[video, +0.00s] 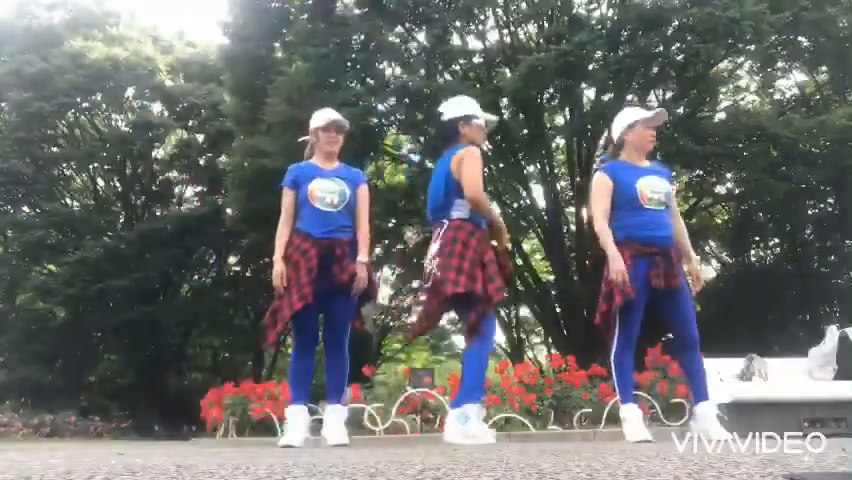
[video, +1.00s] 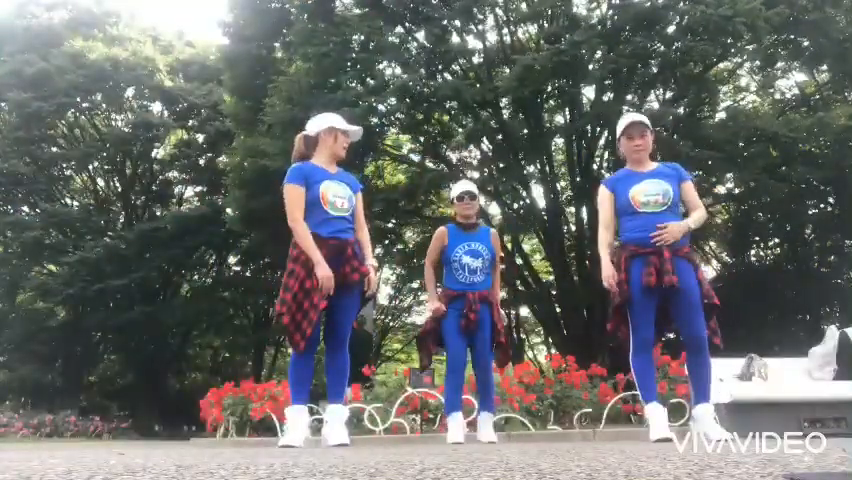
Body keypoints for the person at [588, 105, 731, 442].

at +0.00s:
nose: (654, 133)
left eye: (654, 128)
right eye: (648, 128)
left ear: (646, 135)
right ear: (627, 133)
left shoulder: (661, 172)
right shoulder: (607, 172)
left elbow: (675, 219)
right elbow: (600, 219)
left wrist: (691, 258)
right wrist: (613, 256)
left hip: (669, 257)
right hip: (632, 258)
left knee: (689, 336)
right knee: (626, 336)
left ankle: (703, 412)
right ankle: (629, 411)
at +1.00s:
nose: (637, 140)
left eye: (642, 134)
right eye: (630, 136)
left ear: (652, 139)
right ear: (620, 144)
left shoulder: (674, 171)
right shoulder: (611, 184)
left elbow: (700, 211)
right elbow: (605, 227)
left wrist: (683, 225)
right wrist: (606, 261)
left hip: (678, 257)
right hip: (637, 262)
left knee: (697, 335)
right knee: (643, 338)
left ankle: (702, 411)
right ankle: (653, 411)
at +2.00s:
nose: (652, 131)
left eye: (657, 125)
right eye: (645, 126)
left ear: (666, 130)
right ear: (632, 133)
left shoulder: (683, 157)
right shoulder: (620, 168)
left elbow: (713, 187)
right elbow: (595, 210)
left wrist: (711, 210)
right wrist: (615, 222)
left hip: (689, 240)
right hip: (648, 244)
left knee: (706, 331)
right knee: (651, 334)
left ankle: (719, 414)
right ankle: (656, 413)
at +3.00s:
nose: (641, 125)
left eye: (647, 119)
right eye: (634, 122)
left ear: (662, 125)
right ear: (628, 133)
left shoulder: (684, 155)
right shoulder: (621, 174)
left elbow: (723, 188)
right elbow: (616, 219)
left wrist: (697, 194)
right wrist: (616, 243)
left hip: (686, 245)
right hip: (643, 252)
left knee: (707, 333)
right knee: (643, 332)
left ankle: (719, 414)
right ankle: (651, 417)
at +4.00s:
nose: (610, 171)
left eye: (615, 164)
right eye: (604, 167)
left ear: (628, 165)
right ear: (598, 173)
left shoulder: (640, 181)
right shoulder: (603, 203)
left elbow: (657, 172)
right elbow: (596, 217)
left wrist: (677, 165)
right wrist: (603, 202)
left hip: (661, 264)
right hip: (632, 275)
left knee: (664, 337)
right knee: (605, 338)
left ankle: (685, 411)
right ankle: (636, 409)